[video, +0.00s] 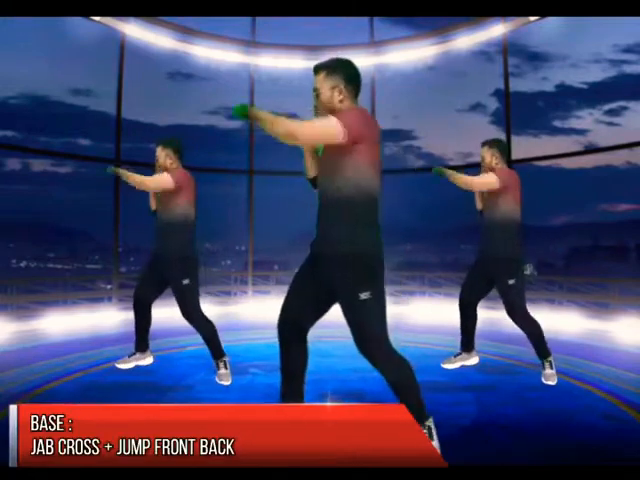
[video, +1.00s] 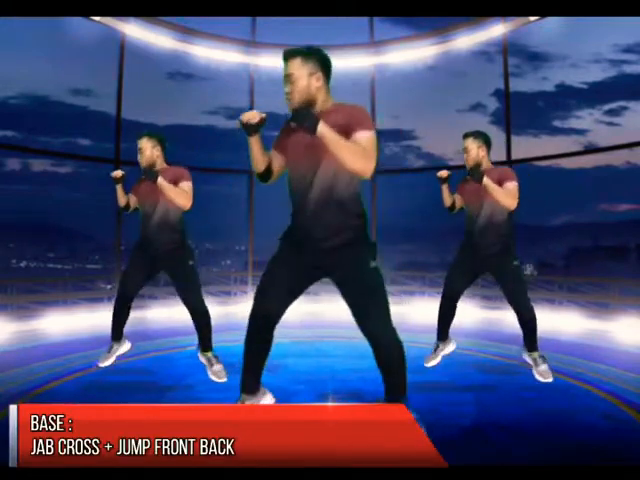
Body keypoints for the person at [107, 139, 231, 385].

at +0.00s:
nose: (157, 159)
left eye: (161, 155)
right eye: (157, 156)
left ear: (171, 156)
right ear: (165, 158)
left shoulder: (181, 177)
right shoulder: (167, 179)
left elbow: (146, 183)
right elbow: (156, 207)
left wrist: (121, 173)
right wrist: (151, 182)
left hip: (182, 257)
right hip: (164, 256)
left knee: (192, 312)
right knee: (142, 299)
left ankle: (221, 360)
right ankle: (142, 352)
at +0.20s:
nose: (157, 164)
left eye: (161, 158)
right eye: (157, 159)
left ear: (175, 158)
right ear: (167, 161)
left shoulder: (196, 181)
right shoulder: (165, 190)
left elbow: (200, 212)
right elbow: (152, 216)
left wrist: (175, 187)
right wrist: (145, 194)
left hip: (194, 256)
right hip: (171, 255)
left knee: (202, 313)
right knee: (148, 301)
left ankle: (222, 364)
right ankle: (142, 352)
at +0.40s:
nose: (161, 166)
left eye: (165, 161)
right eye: (160, 161)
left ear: (181, 160)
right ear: (166, 164)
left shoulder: (202, 184)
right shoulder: (167, 192)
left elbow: (208, 213)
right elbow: (151, 219)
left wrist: (178, 189)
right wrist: (144, 197)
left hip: (198, 263)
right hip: (171, 262)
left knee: (205, 317)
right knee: (143, 303)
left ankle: (223, 364)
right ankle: (142, 352)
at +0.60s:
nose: (146, 155)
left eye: (150, 150)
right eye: (145, 151)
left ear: (165, 150)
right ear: (149, 155)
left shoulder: (187, 174)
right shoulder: (152, 185)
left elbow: (194, 201)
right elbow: (138, 208)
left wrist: (167, 174)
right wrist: (128, 188)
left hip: (184, 252)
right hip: (156, 252)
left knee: (197, 306)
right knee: (127, 287)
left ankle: (219, 359)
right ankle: (118, 337)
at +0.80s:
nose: (135, 170)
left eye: (139, 165)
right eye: (133, 165)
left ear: (153, 166)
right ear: (134, 169)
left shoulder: (172, 191)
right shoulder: (137, 199)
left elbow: (177, 221)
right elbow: (116, 217)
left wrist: (155, 192)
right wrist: (111, 197)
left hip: (163, 266)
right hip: (135, 265)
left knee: (183, 314)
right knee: (115, 304)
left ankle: (189, 357)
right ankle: (115, 347)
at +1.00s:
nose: (140, 155)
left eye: (143, 149)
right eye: (139, 151)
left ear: (158, 150)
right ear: (142, 155)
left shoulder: (179, 174)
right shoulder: (144, 183)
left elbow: (186, 202)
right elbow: (126, 205)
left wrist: (159, 179)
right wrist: (119, 184)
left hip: (175, 249)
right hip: (148, 249)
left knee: (195, 303)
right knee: (125, 293)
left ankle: (207, 352)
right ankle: (117, 342)